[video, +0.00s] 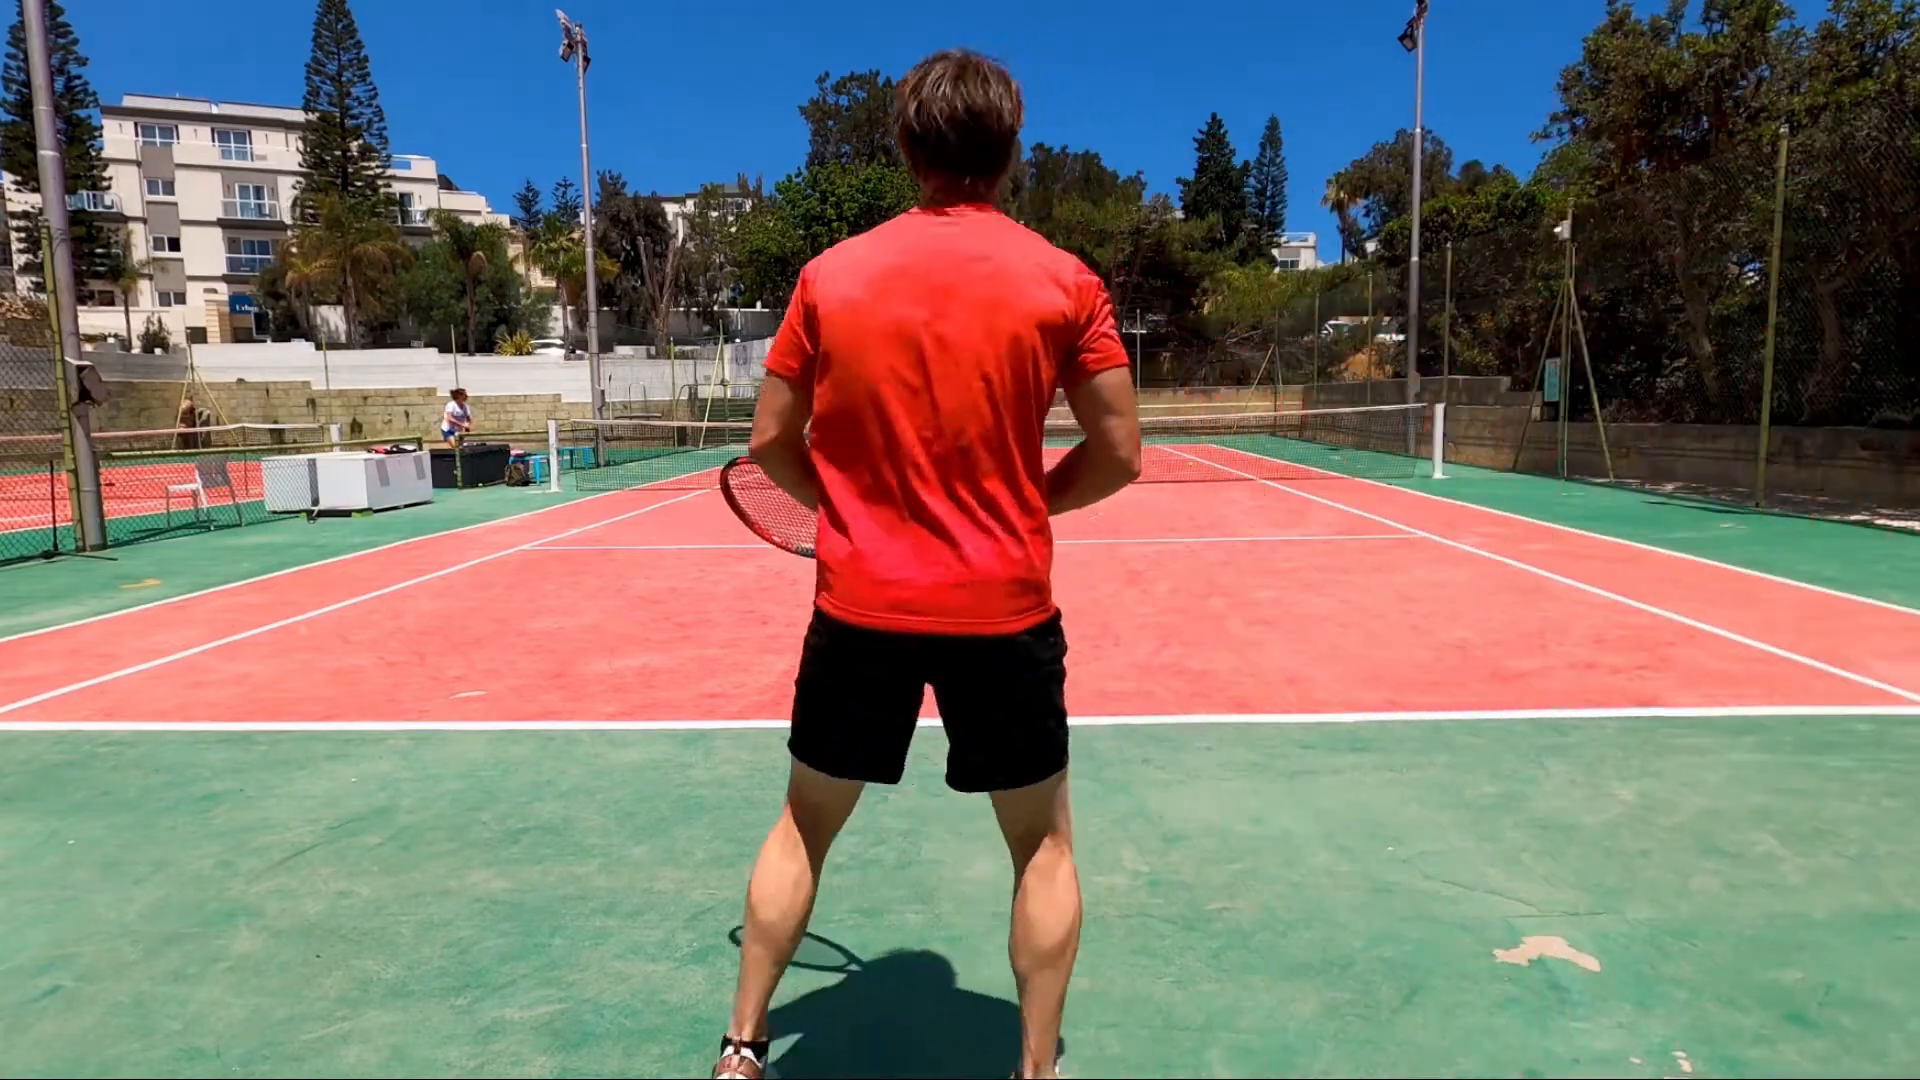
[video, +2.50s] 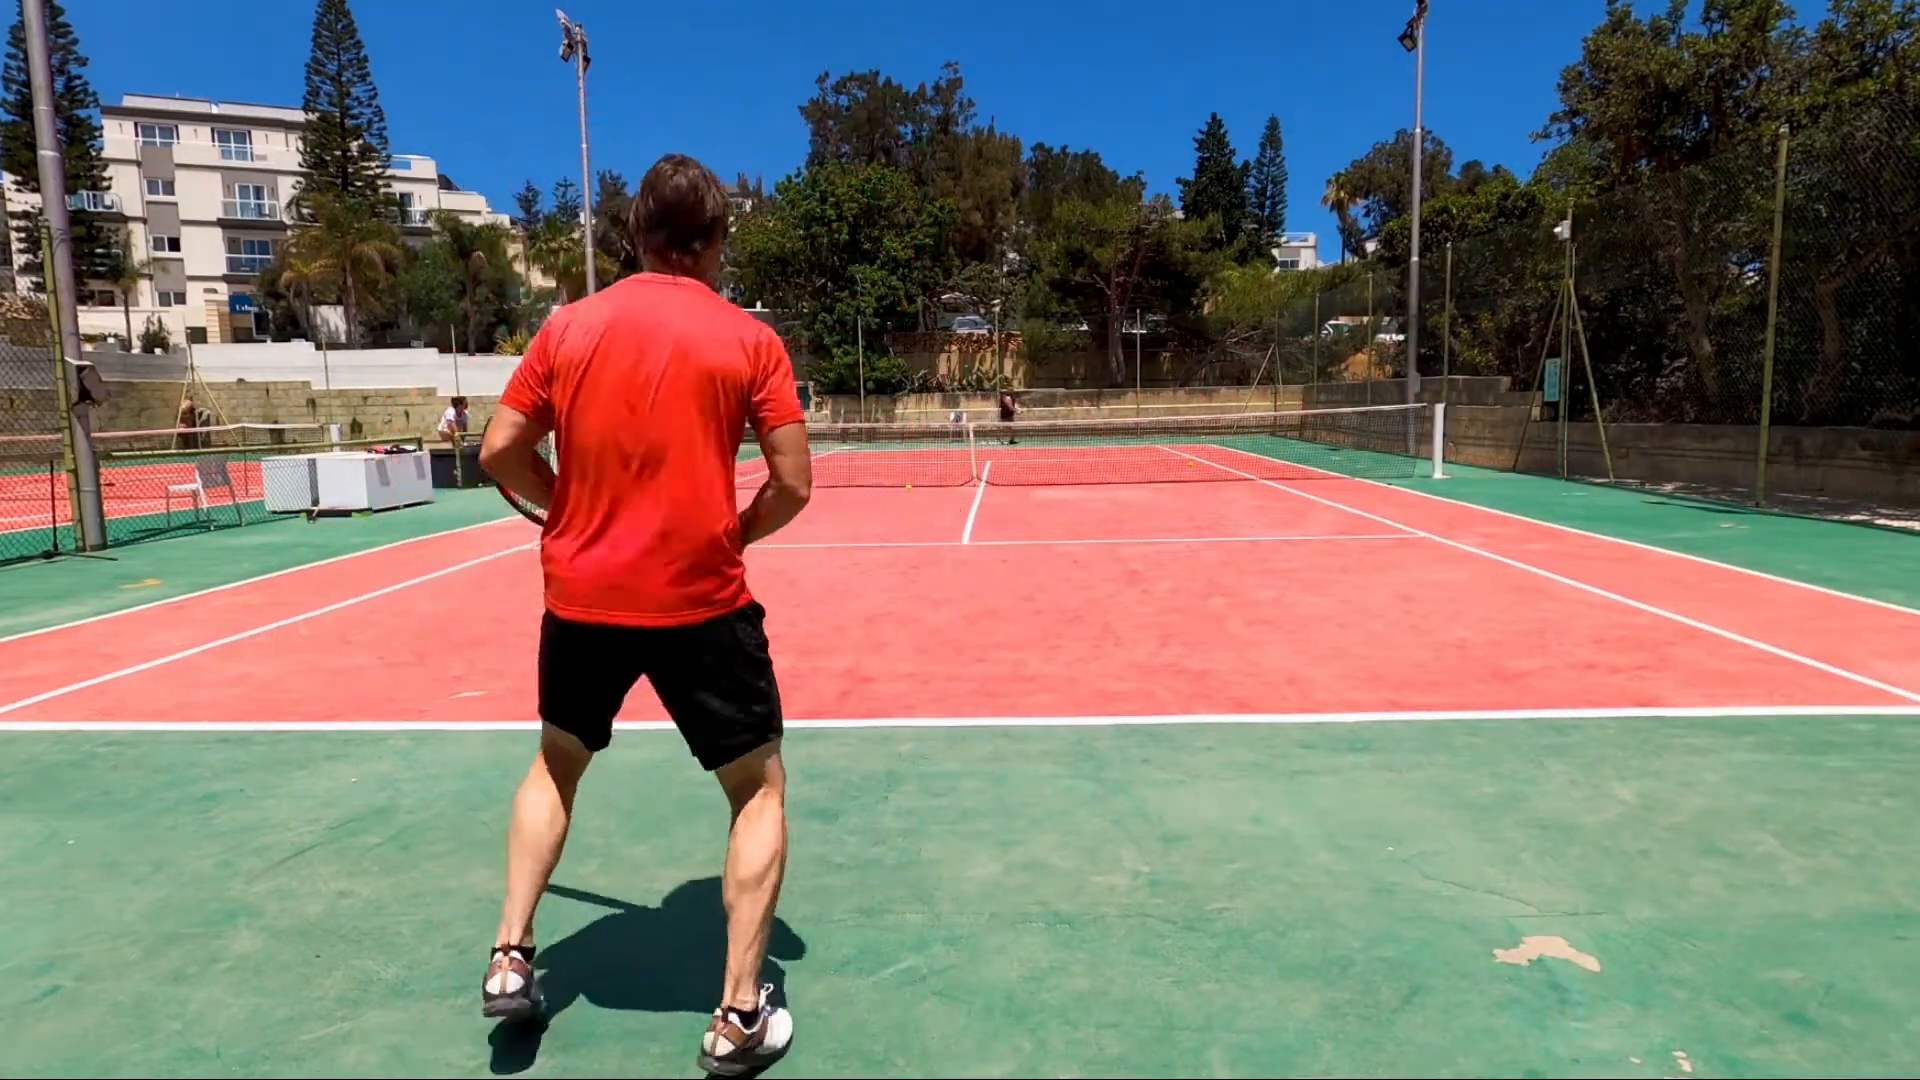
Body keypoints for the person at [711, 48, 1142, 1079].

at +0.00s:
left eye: (905, 138)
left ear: (906, 148)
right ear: (1008, 150)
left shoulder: (836, 274)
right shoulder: (1061, 279)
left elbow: (774, 442)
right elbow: (1115, 450)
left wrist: (853, 509)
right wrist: (1017, 500)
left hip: (862, 604)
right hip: (1002, 607)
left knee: (804, 826)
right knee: (1042, 841)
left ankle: (741, 1046)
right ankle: (1039, 1065)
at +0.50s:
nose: (755, 240)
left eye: (756, 227)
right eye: (761, 228)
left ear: (768, 232)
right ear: (851, 235)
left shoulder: (776, 323)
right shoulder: (900, 339)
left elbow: (724, 486)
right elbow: (878, 510)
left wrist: (661, 507)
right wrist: (740, 558)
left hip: (837, 648)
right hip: (943, 647)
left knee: (709, 855)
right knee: (859, 819)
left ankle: (755, 1072)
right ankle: (897, 1029)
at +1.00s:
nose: (673, 307)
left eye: (671, 287)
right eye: (674, 290)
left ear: (685, 285)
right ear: (759, 269)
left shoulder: (766, 331)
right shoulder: (751, 388)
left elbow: (847, 408)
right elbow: (698, 541)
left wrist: (667, 434)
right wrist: (621, 544)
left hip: (910, 687)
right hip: (860, 686)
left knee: (843, 996)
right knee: (785, 809)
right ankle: (858, 1022)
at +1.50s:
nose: (561, 179)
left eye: (558, 165)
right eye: (564, 165)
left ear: (570, 162)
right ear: (658, 148)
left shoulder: (596, 242)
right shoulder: (729, 239)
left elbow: (630, 384)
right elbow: (750, 396)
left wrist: (585, 551)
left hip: (683, 567)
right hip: (776, 558)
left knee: (717, 825)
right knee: (766, 781)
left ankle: (902, 997)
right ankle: (778, 992)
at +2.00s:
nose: (583, 265)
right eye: (580, 253)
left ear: (483, 272)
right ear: (570, 258)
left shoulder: (445, 386)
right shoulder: (640, 350)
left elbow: (363, 546)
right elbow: (775, 445)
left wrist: (321, 649)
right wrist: (866, 469)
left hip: (518, 666)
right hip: (652, 647)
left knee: (482, 865)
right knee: (718, 794)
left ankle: (456, 1071)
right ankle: (732, 1002)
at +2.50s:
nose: (724, 250)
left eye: (717, 239)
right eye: (724, 239)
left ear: (636, 239)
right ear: (713, 242)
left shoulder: (572, 324)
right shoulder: (747, 336)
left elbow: (500, 451)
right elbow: (792, 485)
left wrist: (569, 509)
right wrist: (727, 538)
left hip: (583, 597)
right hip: (699, 603)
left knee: (555, 765)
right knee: (754, 787)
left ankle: (509, 957)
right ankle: (738, 1010)